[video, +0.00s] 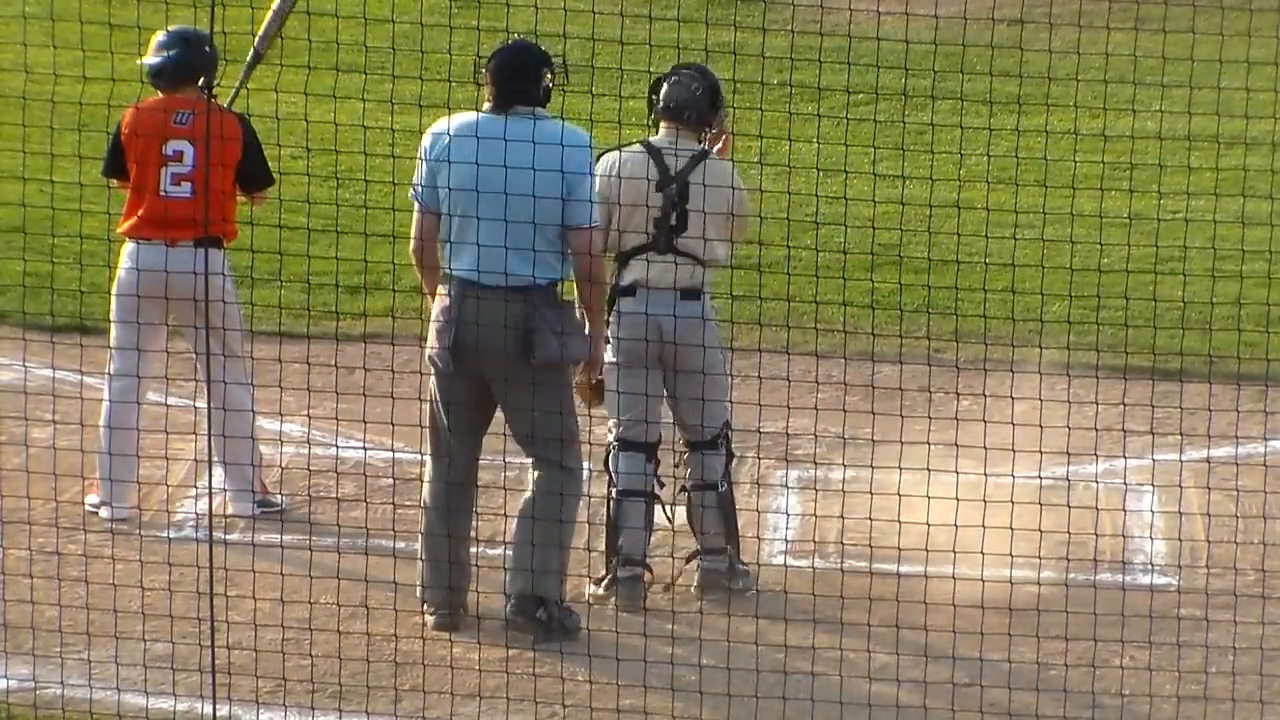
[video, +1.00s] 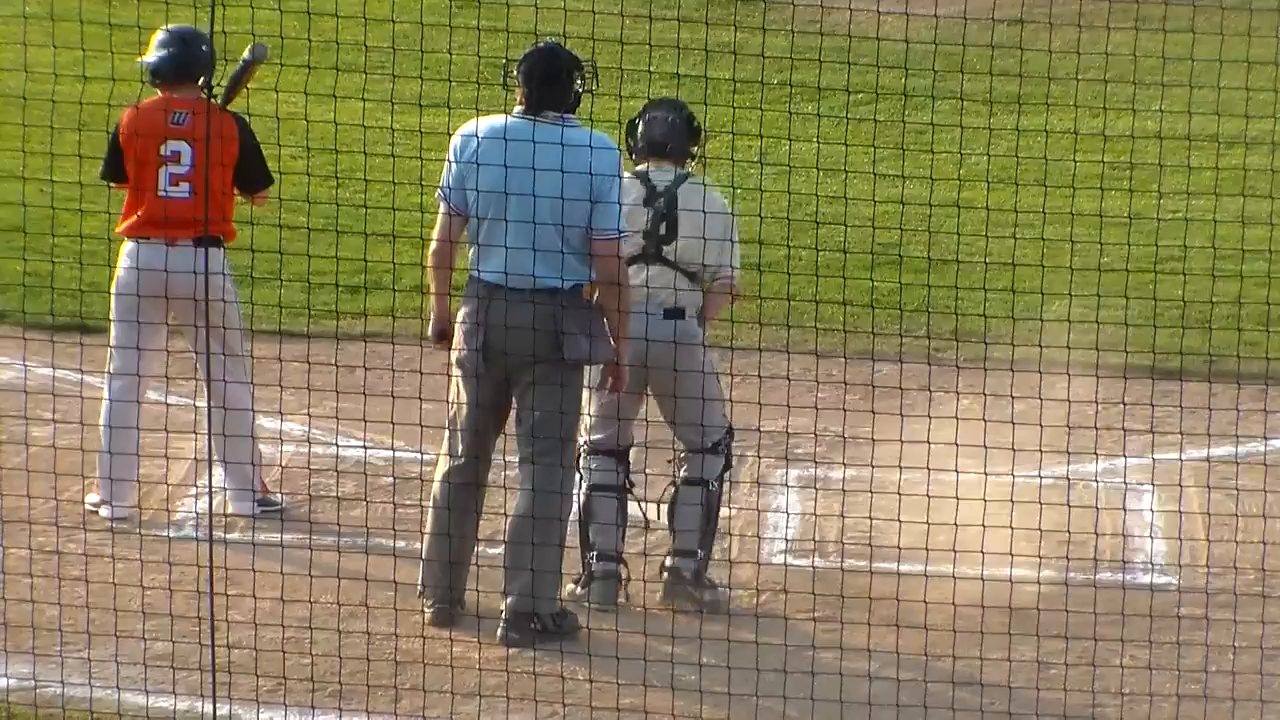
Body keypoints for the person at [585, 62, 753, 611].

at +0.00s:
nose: (718, 125)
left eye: (714, 118)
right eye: (717, 117)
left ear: (656, 112)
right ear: (710, 120)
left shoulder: (615, 165)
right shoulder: (722, 172)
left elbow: (593, 249)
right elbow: (737, 233)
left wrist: (591, 330)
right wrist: (716, 167)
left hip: (629, 315)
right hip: (692, 318)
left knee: (632, 441)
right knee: (708, 440)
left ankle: (627, 567)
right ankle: (716, 563)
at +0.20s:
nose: (704, 118)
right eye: (702, 112)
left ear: (644, 111)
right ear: (699, 115)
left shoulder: (609, 165)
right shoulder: (716, 171)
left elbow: (593, 249)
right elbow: (726, 235)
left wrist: (588, 329)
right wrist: (707, 158)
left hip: (623, 314)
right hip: (689, 315)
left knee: (629, 442)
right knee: (707, 436)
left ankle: (627, 568)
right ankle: (714, 564)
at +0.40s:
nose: (709, 121)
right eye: (708, 114)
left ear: (650, 113)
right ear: (704, 117)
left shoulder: (619, 167)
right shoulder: (722, 171)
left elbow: (606, 246)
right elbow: (740, 234)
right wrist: (712, 161)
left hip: (634, 317)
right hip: (695, 319)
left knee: (633, 444)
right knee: (697, 445)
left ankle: (627, 569)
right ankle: (695, 574)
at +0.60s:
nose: (656, 118)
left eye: (658, 110)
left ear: (659, 113)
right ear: (714, 118)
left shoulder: (631, 171)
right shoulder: (737, 178)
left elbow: (613, 251)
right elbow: (751, 259)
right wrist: (700, 240)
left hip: (643, 318)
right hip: (707, 320)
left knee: (623, 436)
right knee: (704, 446)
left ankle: (610, 560)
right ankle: (698, 575)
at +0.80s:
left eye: (651, 115)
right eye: (704, 120)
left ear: (652, 118)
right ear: (707, 123)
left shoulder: (623, 172)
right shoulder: (732, 182)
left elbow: (604, 252)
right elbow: (749, 271)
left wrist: (610, 315)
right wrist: (718, 314)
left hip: (634, 317)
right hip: (703, 322)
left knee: (616, 439)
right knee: (701, 448)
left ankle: (601, 563)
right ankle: (697, 577)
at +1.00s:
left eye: (632, 143)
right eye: (690, 144)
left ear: (634, 145)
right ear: (690, 148)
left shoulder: (607, 189)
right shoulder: (709, 200)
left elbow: (586, 269)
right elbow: (724, 283)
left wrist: (597, 318)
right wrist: (690, 331)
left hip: (616, 329)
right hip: (677, 334)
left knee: (606, 445)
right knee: (709, 443)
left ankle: (602, 569)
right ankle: (686, 570)